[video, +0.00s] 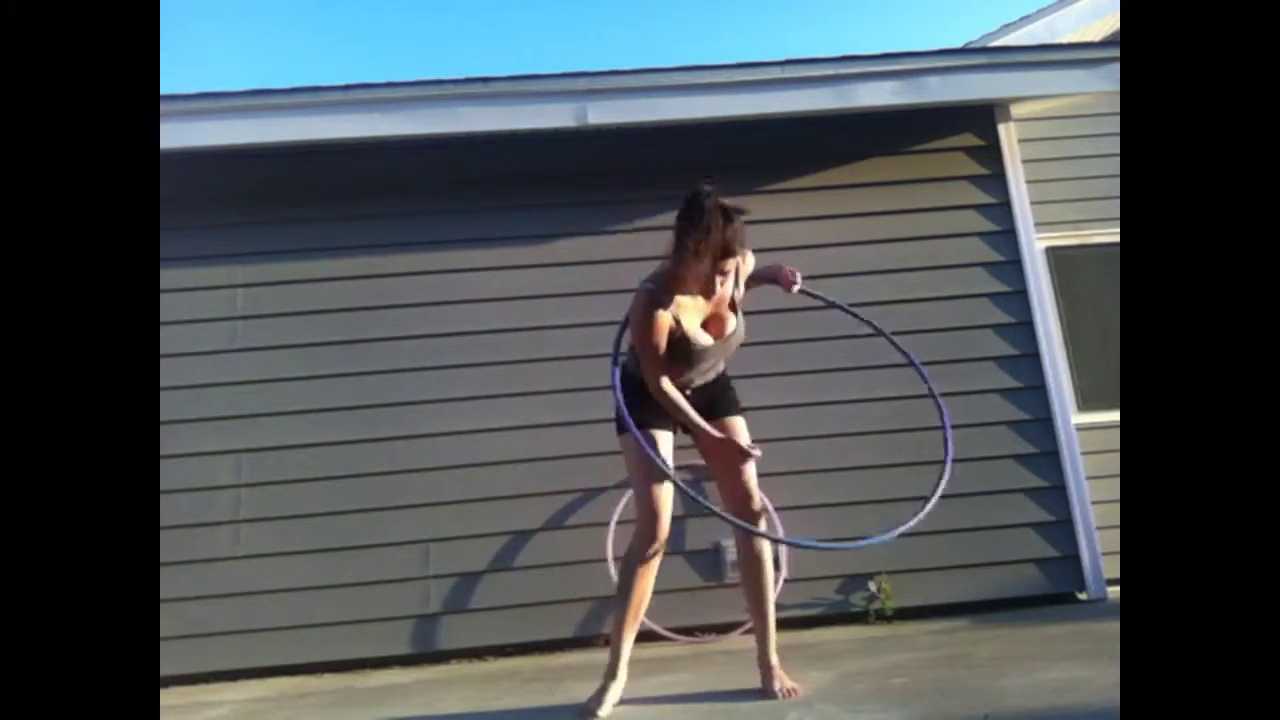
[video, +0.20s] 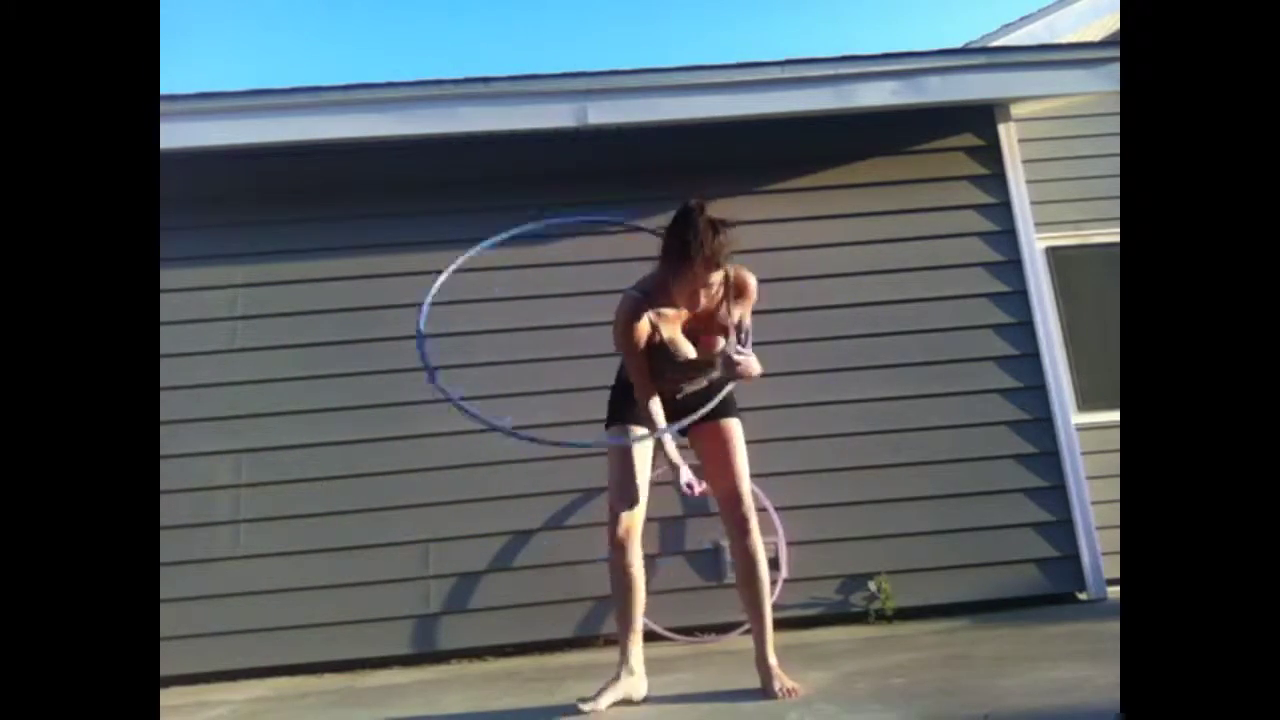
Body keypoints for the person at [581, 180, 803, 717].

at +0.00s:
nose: (729, 269)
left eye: (734, 259)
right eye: (721, 262)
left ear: (735, 251)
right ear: (695, 249)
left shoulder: (735, 263)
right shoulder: (656, 301)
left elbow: (736, 277)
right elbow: (655, 383)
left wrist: (771, 274)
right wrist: (714, 437)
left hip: (710, 384)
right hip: (651, 393)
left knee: (751, 510)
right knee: (654, 533)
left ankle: (770, 661)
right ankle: (615, 674)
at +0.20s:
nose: (707, 290)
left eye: (713, 279)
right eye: (698, 280)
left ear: (722, 267)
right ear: (673, 267)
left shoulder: (739, 286)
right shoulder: (634, 311)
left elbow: (739, 345)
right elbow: (646, 395)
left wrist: (752, 366)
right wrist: (675, 458)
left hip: (710, 393)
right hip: (643, 401)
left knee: (743, 519)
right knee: (622, 533)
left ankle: (768, 660)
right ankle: (631, 671)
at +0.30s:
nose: (676, 288)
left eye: (685, 277)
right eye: (668, 277)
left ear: (699, 266)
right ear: (647, 263)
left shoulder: (723, 301)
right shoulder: (612, 300)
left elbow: (723, 378)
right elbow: (617, 386)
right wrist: (623, 457)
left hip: (699, 401)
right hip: (634, 401)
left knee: (724, 525)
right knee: (607, 527)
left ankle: (766, 658)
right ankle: (644, 674)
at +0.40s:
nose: (656, 273)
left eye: (666, 262)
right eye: (647, 262)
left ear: (679, 253)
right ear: (627, 247)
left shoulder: (686, 301)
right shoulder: (595, 274)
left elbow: (670, 390)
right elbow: (585, 355)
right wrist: (568, 425)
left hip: (674, 406)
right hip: (617, 404)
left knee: (660, 528)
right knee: (597, 531)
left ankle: (757, 644)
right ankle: (642, 673)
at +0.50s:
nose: (624, 244)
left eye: (635, 235)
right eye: (618, 231)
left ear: (656, 232)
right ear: (605, 222)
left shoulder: (652, 289)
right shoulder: (591, 248)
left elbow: (612, 386)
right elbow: (576, 331)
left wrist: (541, 446)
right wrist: (533, 398)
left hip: (651, 398)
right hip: (614, 394)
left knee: (587, 529)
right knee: (589, 534)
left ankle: (702, 613)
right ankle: (642, 676)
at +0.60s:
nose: (583, 213)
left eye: (594, 204)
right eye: (582, 203)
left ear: (626, 209)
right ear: (607, 207)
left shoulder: (615, 268)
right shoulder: (627, 250)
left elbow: (572, 359)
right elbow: (576, 340)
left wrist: (513, 411)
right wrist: (527, 380)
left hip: (614, 399)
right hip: (639, 397)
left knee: (545, 522)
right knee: (592, 529)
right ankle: (637, 670)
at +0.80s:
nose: (573, 183)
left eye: (577, 176)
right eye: (587, 176)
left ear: (581, 182)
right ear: (626, 186)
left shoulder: (553, 235)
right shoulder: (636, 245)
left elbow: (529, 310)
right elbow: (619, 311)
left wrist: (529, 373)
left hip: (560, 377)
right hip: (620, 373)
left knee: (570, 524)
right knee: (611, 521)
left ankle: (565, 667)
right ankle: (640, 661)